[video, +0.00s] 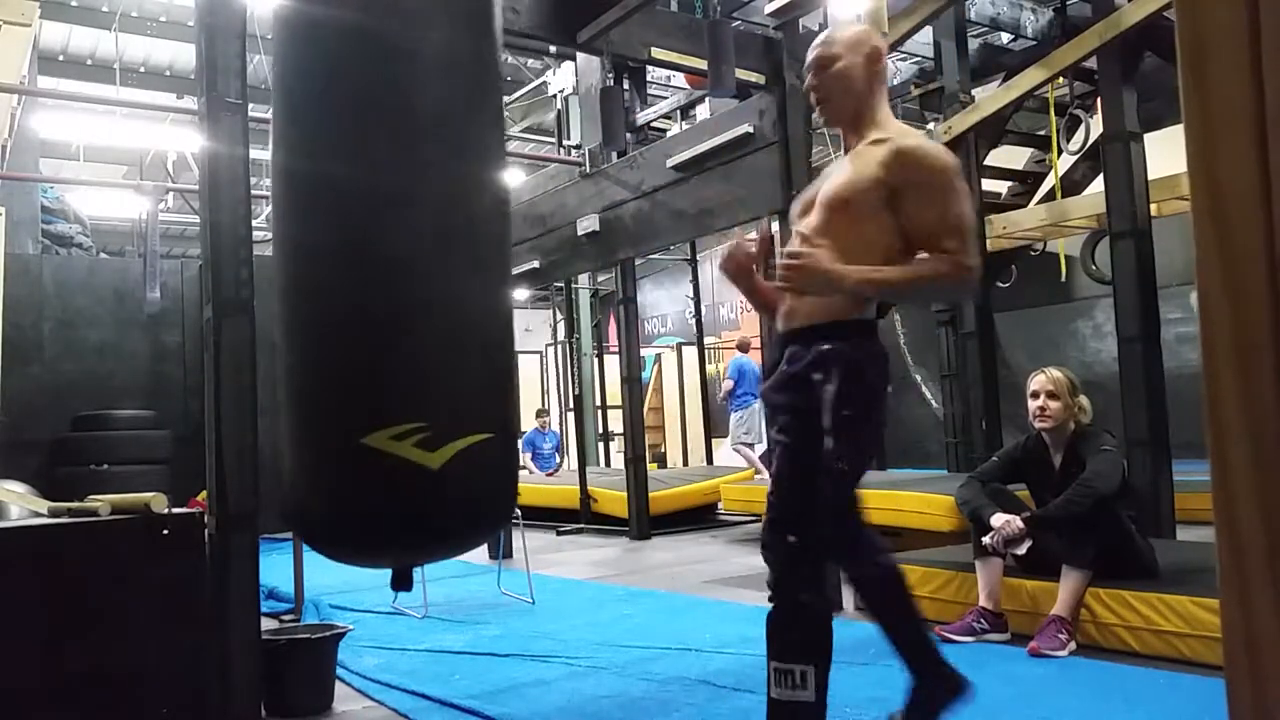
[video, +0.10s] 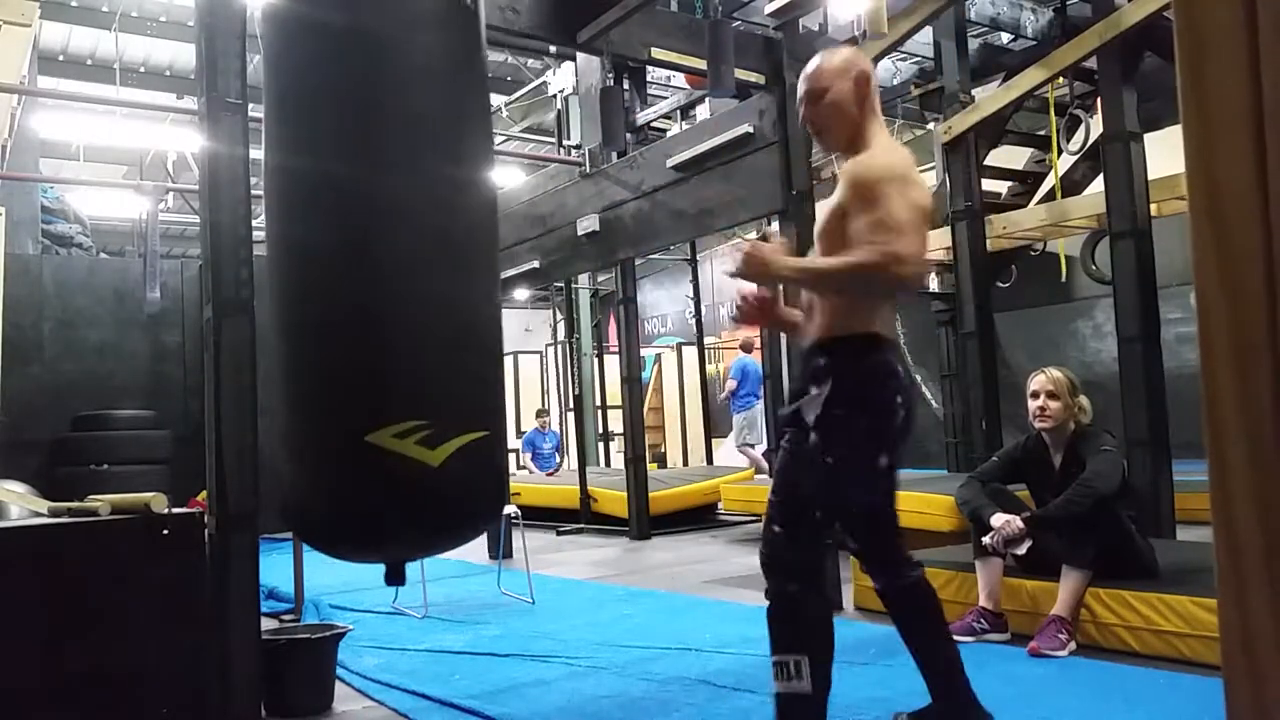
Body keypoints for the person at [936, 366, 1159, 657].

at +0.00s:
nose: (1042, 404)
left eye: (1052, 397)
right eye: (1035, 396)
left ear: (1072, 406)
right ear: (1027, 405)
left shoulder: (1098, 442)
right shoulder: (1027, 448)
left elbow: (1099, 486)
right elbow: (967, 488)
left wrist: (1027, 523)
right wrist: (993, 517)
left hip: (1117, 559)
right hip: (1058, 556)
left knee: (1090, 505)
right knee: (988, 496)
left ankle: (1061, 621)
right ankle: (989, 612)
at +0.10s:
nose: (1041, 404)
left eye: (1052, 397)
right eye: (1034, 397)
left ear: (1072, 405)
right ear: (1026, 405)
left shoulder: (1098, 442)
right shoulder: (1026, 449)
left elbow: (1099, 485)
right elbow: (967, 487)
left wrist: (1026, 522)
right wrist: (992, 516)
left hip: (1117, 558)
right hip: (1057, 555)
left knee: (1091, 505)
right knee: (989, 496)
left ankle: (1060, 621)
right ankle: (989, 612)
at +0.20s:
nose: (1041, 404)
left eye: (1052, 397)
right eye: (1034, 397)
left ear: (1073, 405)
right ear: (1026, 405)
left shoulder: (1098, 442)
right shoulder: (1026, 449)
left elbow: (1099, 485)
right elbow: (968, 487)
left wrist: (1027, 521)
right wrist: (992, 516)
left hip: (1117, 558)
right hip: (1057, 555)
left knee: (1091, 504)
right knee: (989, 496)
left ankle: (1060, 620)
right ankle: (989, 612)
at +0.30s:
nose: (1040, 404)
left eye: (1051, 397)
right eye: (1034, 397)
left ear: (1073, 405)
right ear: (1026, 405)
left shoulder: (1098, 442)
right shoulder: (1026, 449)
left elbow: (1098, 486)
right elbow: (968, 487)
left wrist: (1027, 522)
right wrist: (992, 516)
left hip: (1117, 558)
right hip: (1057, 555)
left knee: (1090, 504)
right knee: (989, 496)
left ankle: (1060, 620)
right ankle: (989, 612)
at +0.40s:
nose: (1040, 405)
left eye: (1051, 397)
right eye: (1034, 397)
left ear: (1072, 406)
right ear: (1026, 405)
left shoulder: (1098, 442)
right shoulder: (1026, 449)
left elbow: (1098, 486)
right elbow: (967, 487)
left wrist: (1026, 522)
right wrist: (992, 516)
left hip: (1117, 558)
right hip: (1057, 555)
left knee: (1090, 505)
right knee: (989, 496)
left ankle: (1060, 621)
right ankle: (989, 612)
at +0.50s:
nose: (1040, 405)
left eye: (1051, 397)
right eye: (1034, 397)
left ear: (1072, 406)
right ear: (1026, 405)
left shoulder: (1098, 442)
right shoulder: (1026, 449)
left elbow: (1098, 486)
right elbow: (967, 487)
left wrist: (1027, 522)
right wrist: (992, 516)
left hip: (1117, 558)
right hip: (1057, 556)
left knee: (1090, 505)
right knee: (989, 496)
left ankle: (1060, 620)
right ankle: (989, 612)